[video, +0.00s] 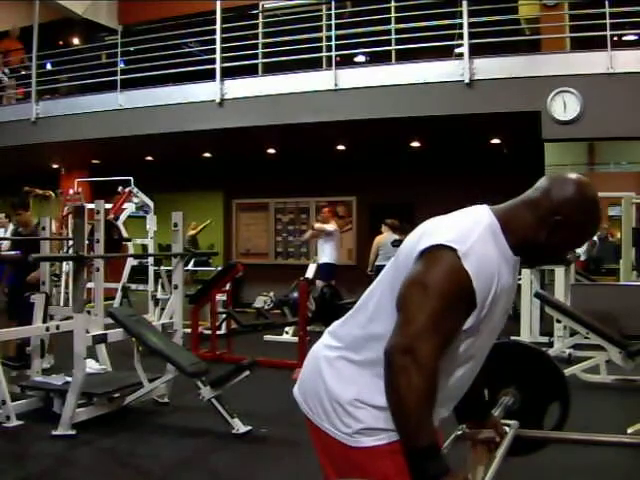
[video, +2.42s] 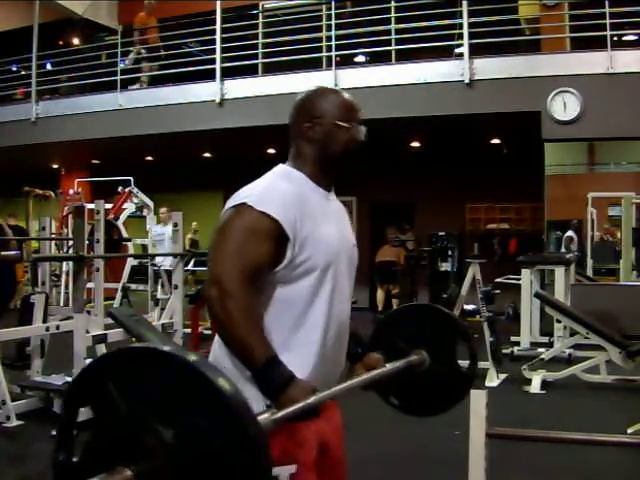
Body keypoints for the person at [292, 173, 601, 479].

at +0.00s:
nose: (569, 254)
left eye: (577, 246)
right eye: (574, 243)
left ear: (545, 212)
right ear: (553, 224)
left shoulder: (497, 250)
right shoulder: (463, 252)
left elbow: (457, 342)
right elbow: (408, 355)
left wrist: (474, 415)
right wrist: (429, 463)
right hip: (355, 403)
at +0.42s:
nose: (558, 204)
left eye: (556, 191)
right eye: (549, 190)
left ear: (510, 195)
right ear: (512, 194)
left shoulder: (496, 252)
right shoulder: (455, 258)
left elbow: (445, 346)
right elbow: (402, 359)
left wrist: (472, 412)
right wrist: (429, 464)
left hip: (396, 400)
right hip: (351, 408)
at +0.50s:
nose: (534, 174)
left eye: (528, 161)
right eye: (518, 160)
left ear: (474, 172)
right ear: (472, 170)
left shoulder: (486, 246)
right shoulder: (435, 250)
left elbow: (442, 349)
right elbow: (398, 360)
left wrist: (469, 416)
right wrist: (432, 461)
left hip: (409, 406)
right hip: (356, 412)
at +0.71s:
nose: (486, 136)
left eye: (481, 127)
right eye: (471, 127)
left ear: (439, 145)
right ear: (437, 143)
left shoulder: (453, 219)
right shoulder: (410, 214)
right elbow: (373, 326)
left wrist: (463, 393)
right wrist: (431, 425)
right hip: (366, 422)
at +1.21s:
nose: (436, 128)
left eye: (434, 118)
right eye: (424, 117)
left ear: (388, 125)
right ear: (386, 124)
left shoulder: (399, 197)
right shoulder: (362, 195)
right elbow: (317, 293)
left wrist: (434, 356)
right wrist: (385, 386)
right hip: (343, 414)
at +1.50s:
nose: (386, 142)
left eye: (389, 132)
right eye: (375, 129)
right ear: (335, 121)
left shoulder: (361, 200)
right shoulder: (304, 191)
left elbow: (352, 298)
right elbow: (256, 295)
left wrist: (402, 344)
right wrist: (335, 386)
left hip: (373, 414)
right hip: (312, 426)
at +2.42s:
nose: (359, 137)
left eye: (359, 126)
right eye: (348, 125)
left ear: (314, 130)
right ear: (310, 128)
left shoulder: (332, 208)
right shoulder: (271, 198)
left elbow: (316, 305)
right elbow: (224, 291)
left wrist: (357, 354)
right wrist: (280, 382)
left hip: (321, 409)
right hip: (267, 416)